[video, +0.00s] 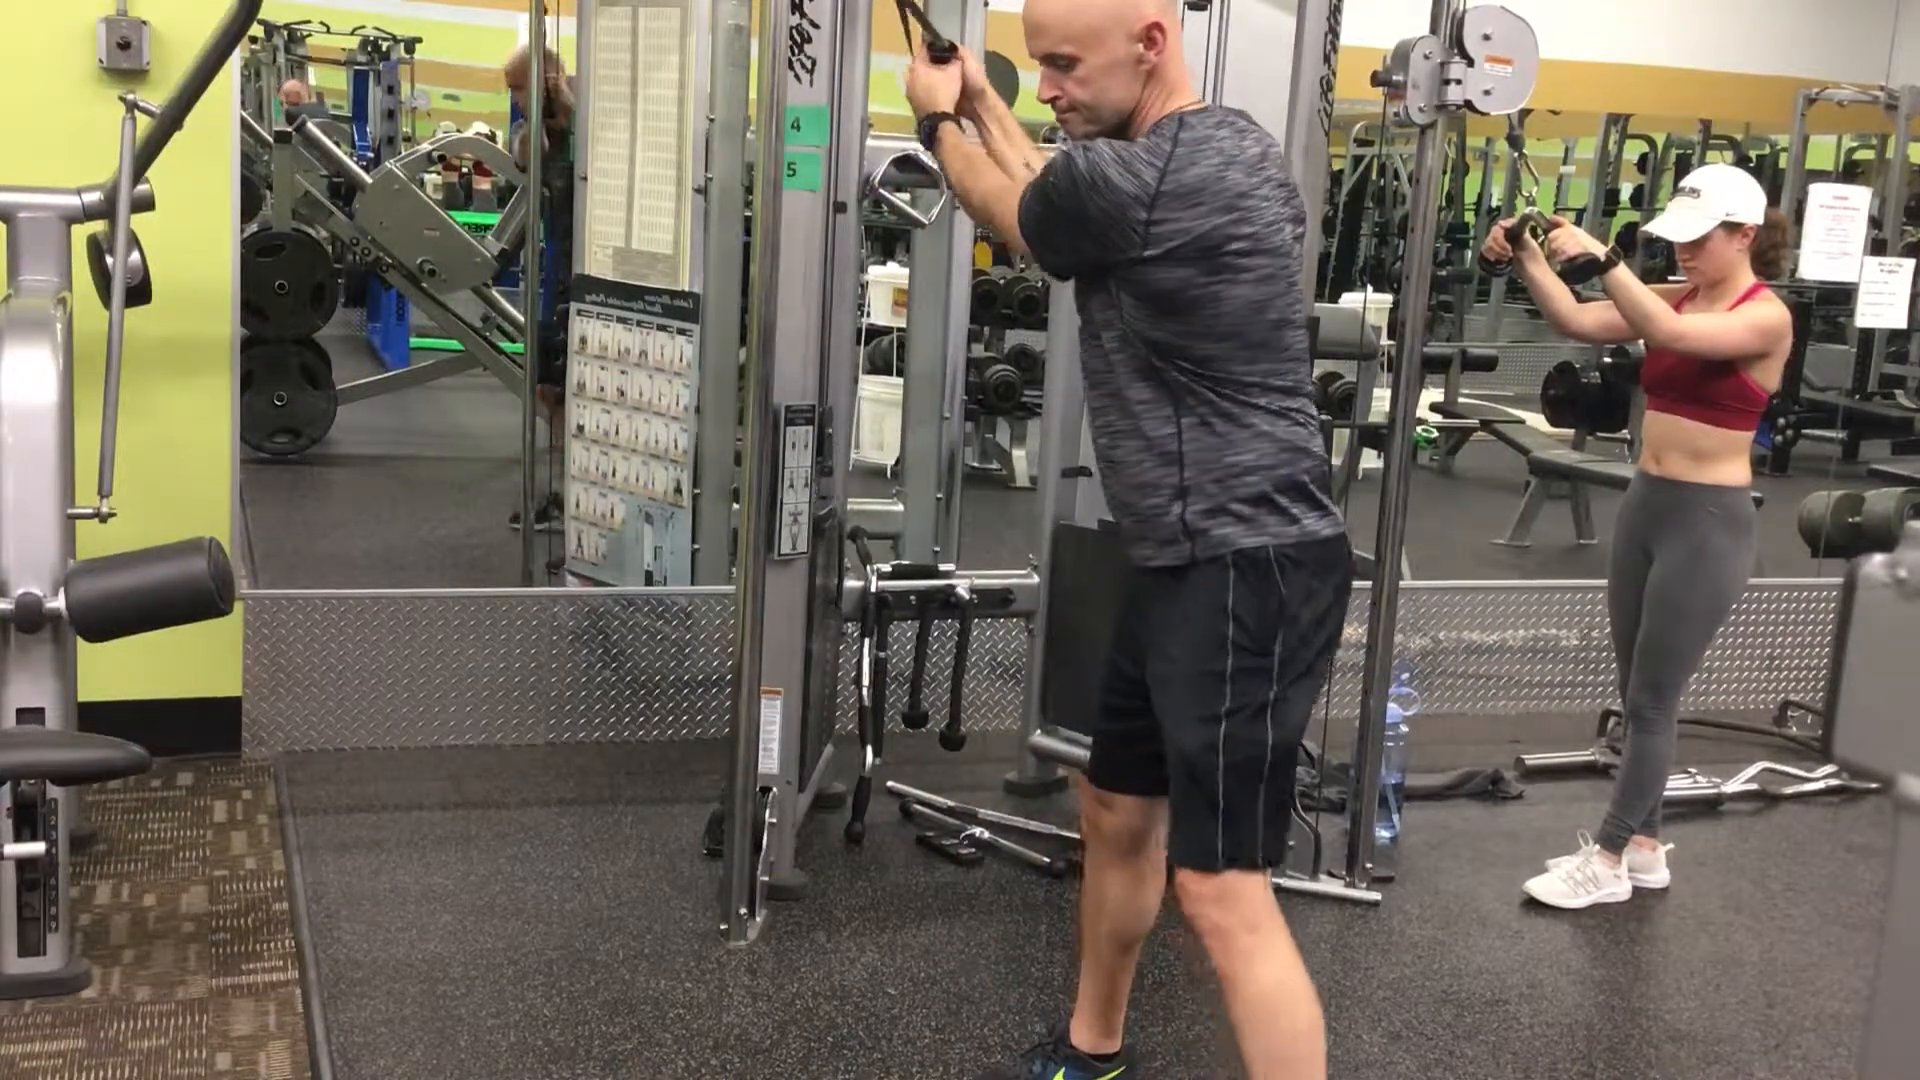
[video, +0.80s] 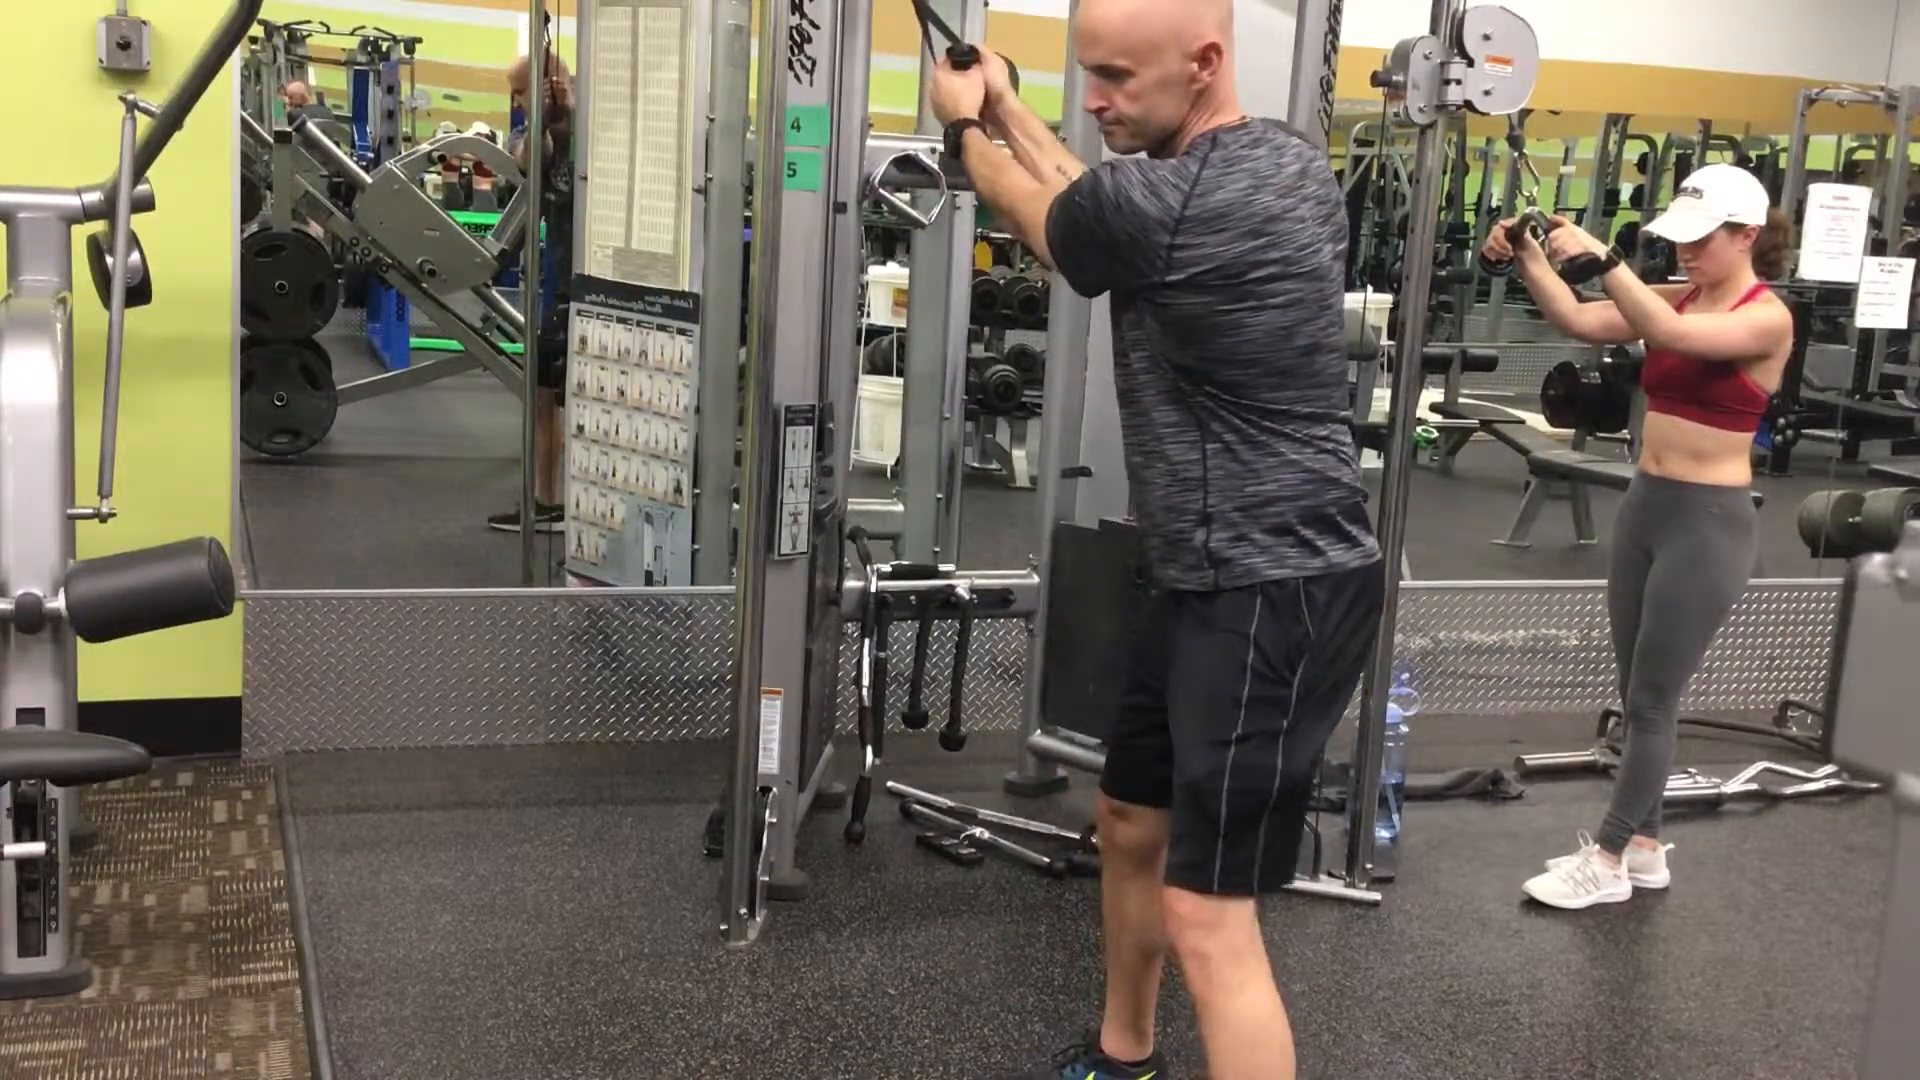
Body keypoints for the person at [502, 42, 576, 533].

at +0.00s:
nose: (518, 103)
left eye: (523, 92)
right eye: (514, 94)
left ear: (551, 81)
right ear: (525, 88)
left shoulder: (587, 126)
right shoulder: (532, 134)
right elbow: (521, 208)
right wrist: (492, 264)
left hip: (582, 270)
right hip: (551, 272)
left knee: (563, 389)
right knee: (548, 387)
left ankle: (583, 493)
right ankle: (563, 491)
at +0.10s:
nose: (511, 108)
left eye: (515, 97)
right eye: (507, 99)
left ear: (545, 89)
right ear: (533, 91)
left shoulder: (583, 136)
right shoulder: (532, 142)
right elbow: (518, 220)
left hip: (577, 284)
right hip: (545, 283)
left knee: (576, 402)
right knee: (545, 398)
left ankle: (583, 505)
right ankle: (555, 499)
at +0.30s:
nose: (514, 108)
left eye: (520, 97)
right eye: (507, 100)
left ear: (547, 89)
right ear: (507, 99)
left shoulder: (585, 132)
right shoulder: (525, 142)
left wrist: (568, 120)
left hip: (579, 282)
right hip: (541, 281)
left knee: (579, 399)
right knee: (534, 391)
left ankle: (585, 507)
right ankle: (554, 499)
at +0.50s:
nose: (519, 105)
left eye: (525, 94)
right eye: (514, 97)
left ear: (552, 89)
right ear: (517, 97)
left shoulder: (584, 137)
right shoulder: (531, 140)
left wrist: (567, 122)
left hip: (576, 283)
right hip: (542, 283)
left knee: (579, 398)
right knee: (531, 391)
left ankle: (580, 502)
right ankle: (553, 499)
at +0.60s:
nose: (513, 101)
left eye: (519, 91)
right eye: (511, 92)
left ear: (545, 89)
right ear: (550, 89)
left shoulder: (547, 139)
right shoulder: (547, 139)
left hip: (556, 285)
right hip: (552, 282)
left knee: (532, 390)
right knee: (539, 392)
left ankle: (555, 497)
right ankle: (556, 496)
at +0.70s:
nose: (512, 99)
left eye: (518, 90)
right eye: (511, 91)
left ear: (542, 88)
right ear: (550, 86)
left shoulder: (544, 135)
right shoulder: (560, 132)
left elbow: (533, 208)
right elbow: (524, 207)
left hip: (552, 280)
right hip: (554, 278)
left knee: (543, 391)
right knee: (544, 391)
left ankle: (554, 497)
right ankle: (552, 494)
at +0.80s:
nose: (513, 102)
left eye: (519, 93)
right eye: (513, 94)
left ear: (543, 88)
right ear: (552, 84)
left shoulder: (544, 132)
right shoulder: (570, 126)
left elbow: (528, 169)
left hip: (555, 281)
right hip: (564, 277)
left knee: (544, 399)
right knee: (549, 399)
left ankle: (546, 500)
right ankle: (549, 499)